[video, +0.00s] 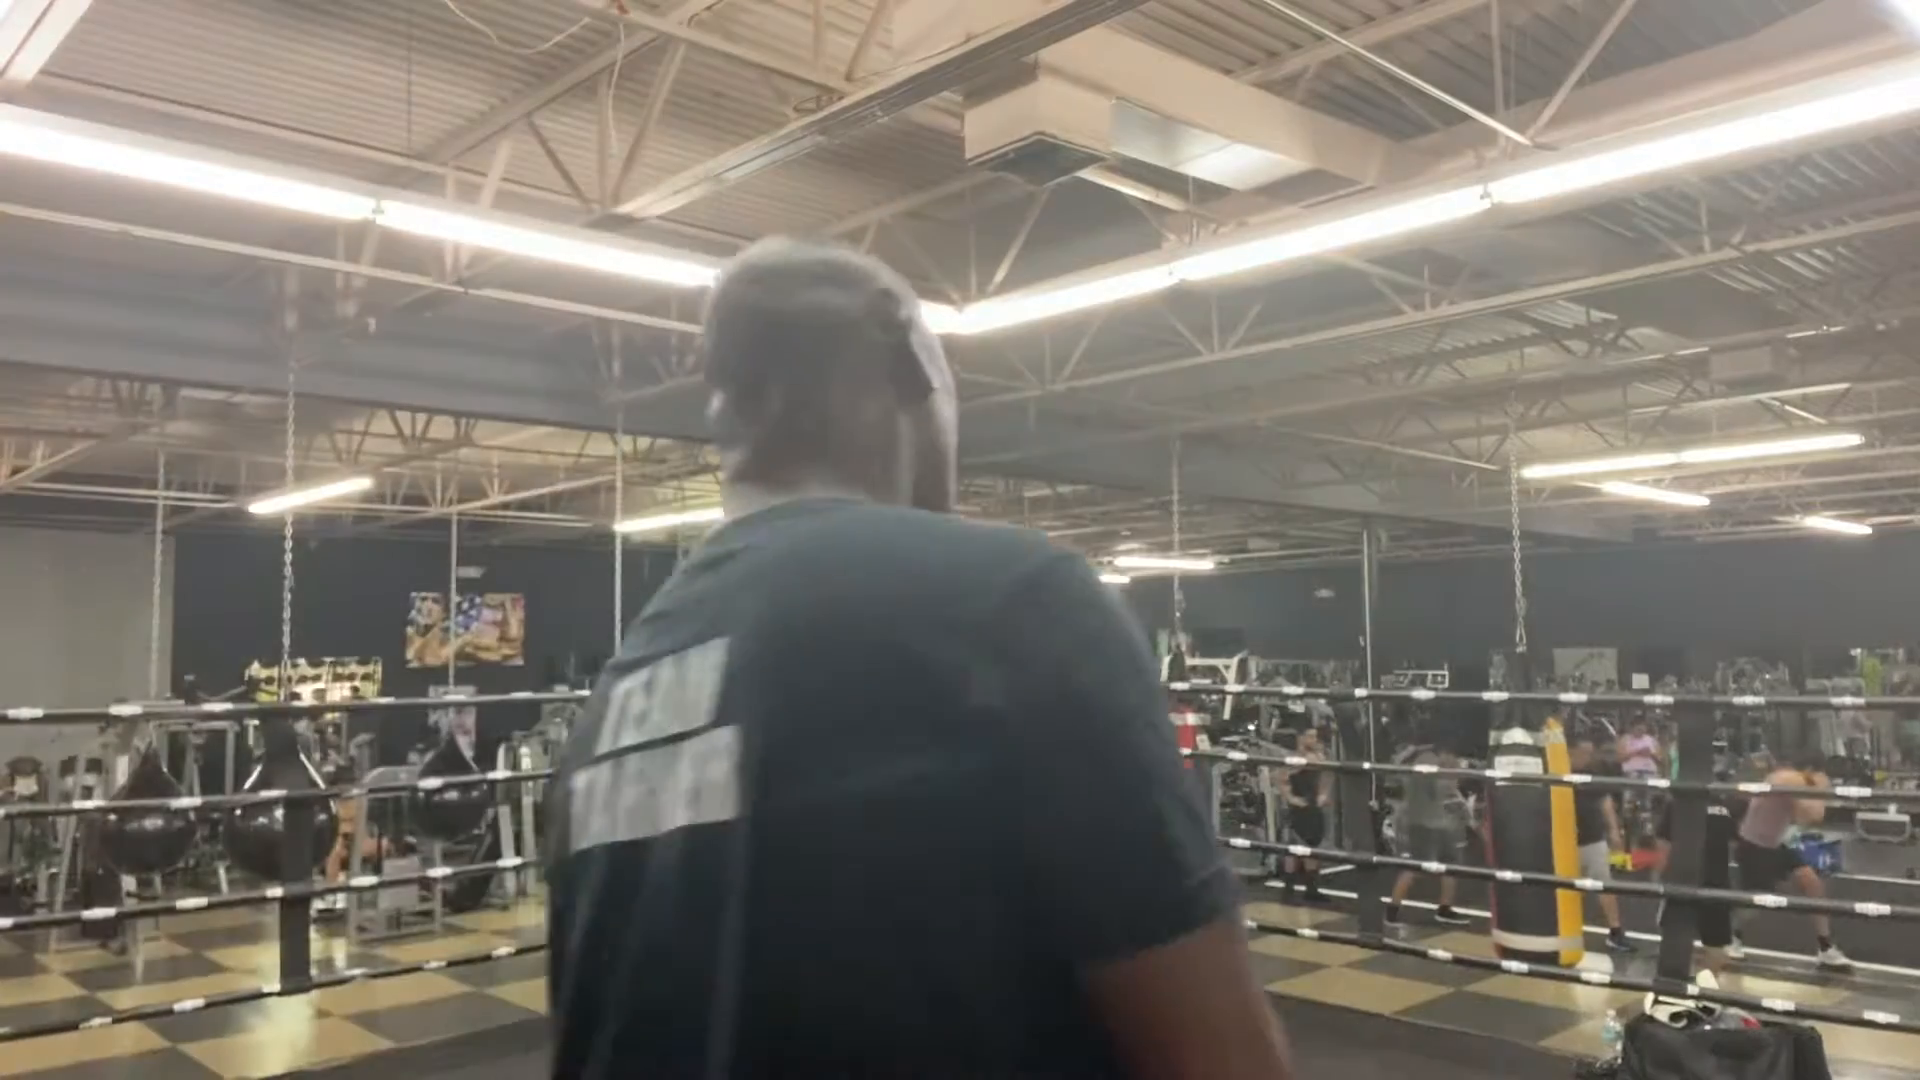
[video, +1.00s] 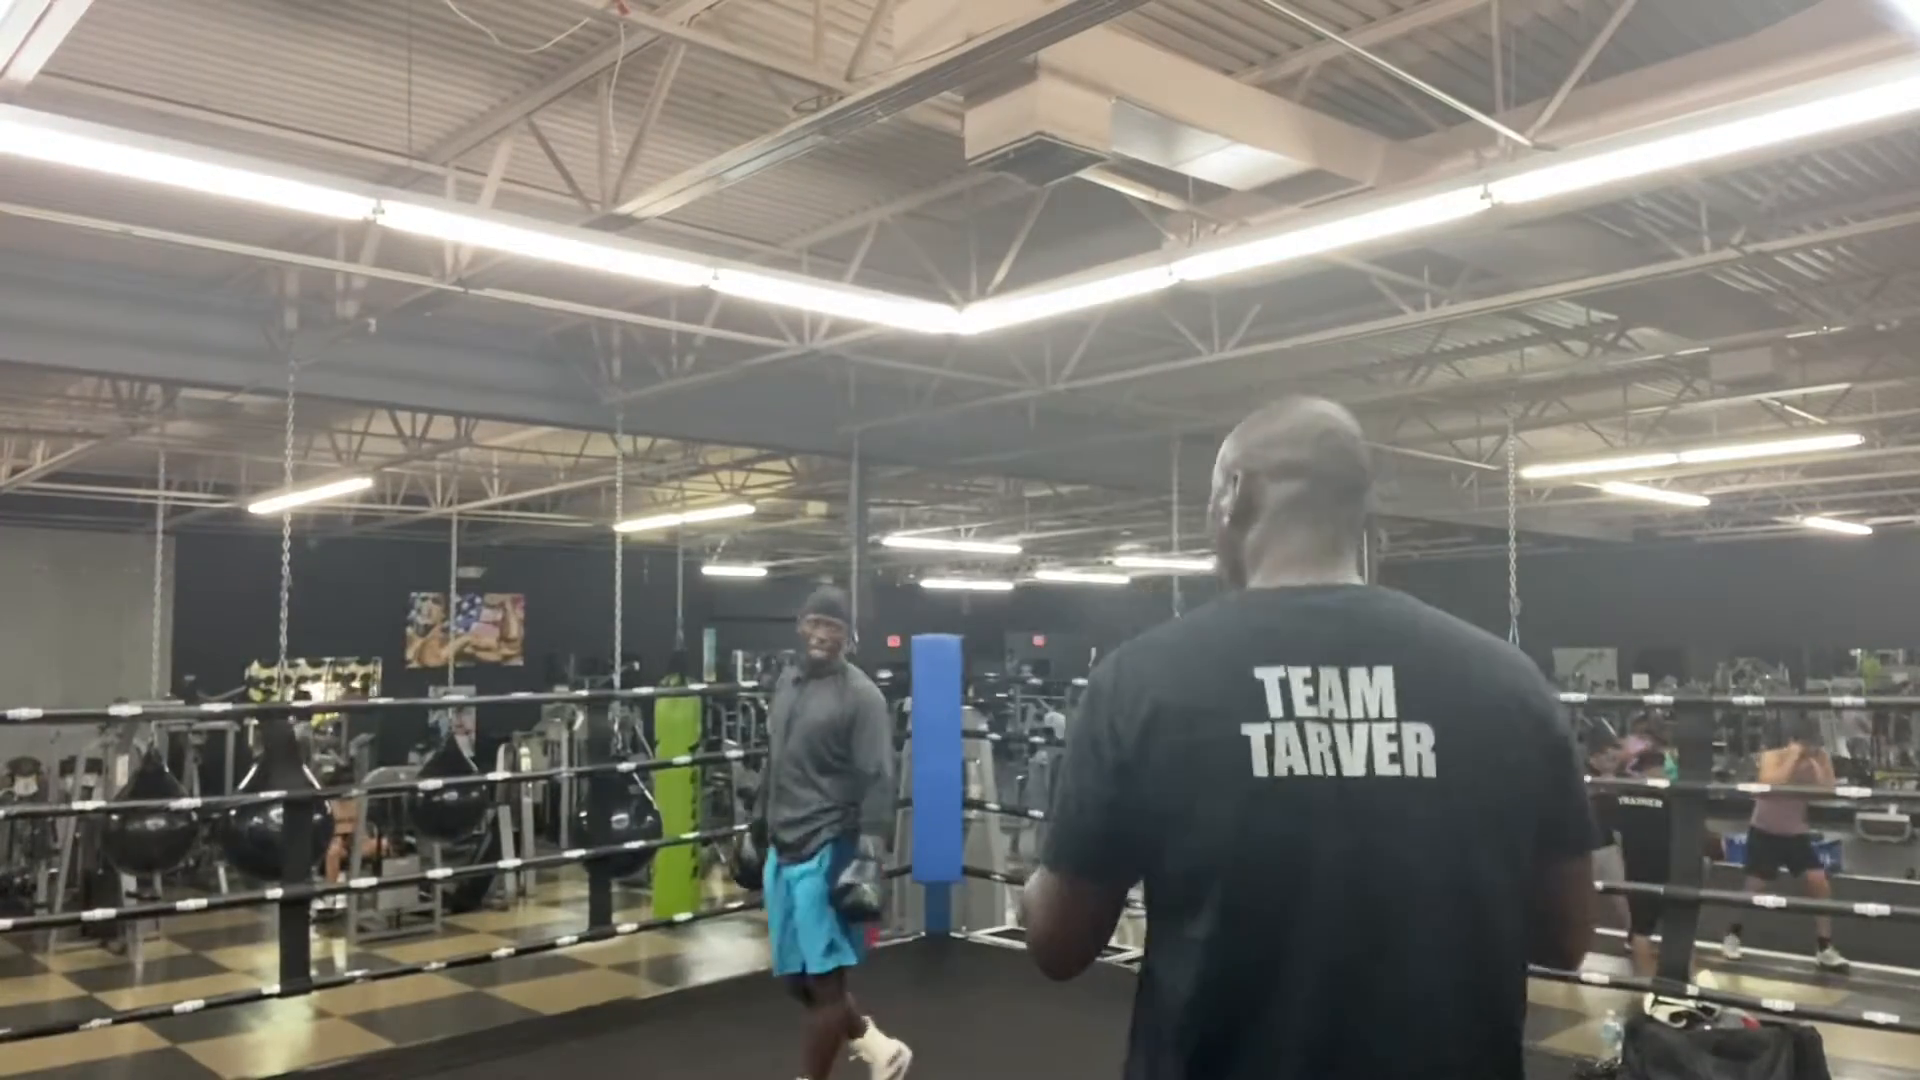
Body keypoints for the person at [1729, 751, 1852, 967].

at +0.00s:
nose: (1820, 778)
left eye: (1821, 775)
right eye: (1819, 775)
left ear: (1807, 770)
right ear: (1810, 771)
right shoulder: (1790, 779)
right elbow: (1814, 814)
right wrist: (1821, 787)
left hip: (1774, 847)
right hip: (1752, 846)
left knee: (1811, 881)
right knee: (1759, 900)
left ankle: (1825, 946)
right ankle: (1731, 932)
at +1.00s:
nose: (1805, 748)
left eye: (1809, 744)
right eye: (1800, 743)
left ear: (1814, 743)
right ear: (1789, 740)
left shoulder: (1818, 758)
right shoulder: (1772, 756)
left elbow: (1828, 788)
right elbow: (1771, 781)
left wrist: (1817, 761)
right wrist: (1792, 756)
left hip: (1796, 834)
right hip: (1764, 832)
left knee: (1820, 885)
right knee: (1755, 886)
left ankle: (1824, 947)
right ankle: (1733, 934)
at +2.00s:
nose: (1766, 759)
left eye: (1770, 756)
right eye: (1762, 754)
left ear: (1776, 756)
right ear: (1751, 750)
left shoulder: (1775, 767)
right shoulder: (1735, 762)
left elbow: (1790, 792)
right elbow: (1730, 786)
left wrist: (1785, 767)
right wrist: (1750, 765)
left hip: (1769, 838)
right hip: (1736, 836)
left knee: (1794, 890)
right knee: (1728, 893)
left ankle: (1807, 955)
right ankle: (1716, 945)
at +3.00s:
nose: (1763, 760)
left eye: (1767, 754)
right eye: (1757, 754)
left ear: (1774, 752)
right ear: (1748, 753)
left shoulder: (1786, 768)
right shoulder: (1738, 773)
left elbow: (1806, 806)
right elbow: (1735, 807)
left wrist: (1785, 782)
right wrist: (1757, 782)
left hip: (1782, 847)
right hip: (1744, 847)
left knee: (1819, 894)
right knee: (1733, 898)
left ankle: (1838, 957)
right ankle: (1721, 946)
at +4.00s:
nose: (1855, 767)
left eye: (1860, 763)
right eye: (1853, 762)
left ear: (1863, 763)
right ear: (1842, 758)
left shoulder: (1859, 780)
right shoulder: (1816, 775)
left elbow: (1877, 808)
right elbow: (1828, 813)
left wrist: (1873, 776)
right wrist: (1849, 786)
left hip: (1839, 852)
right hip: (1804, 850)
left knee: (1866, 898)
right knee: (1789, 905)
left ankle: (1873, 967)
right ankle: (1780, 955)